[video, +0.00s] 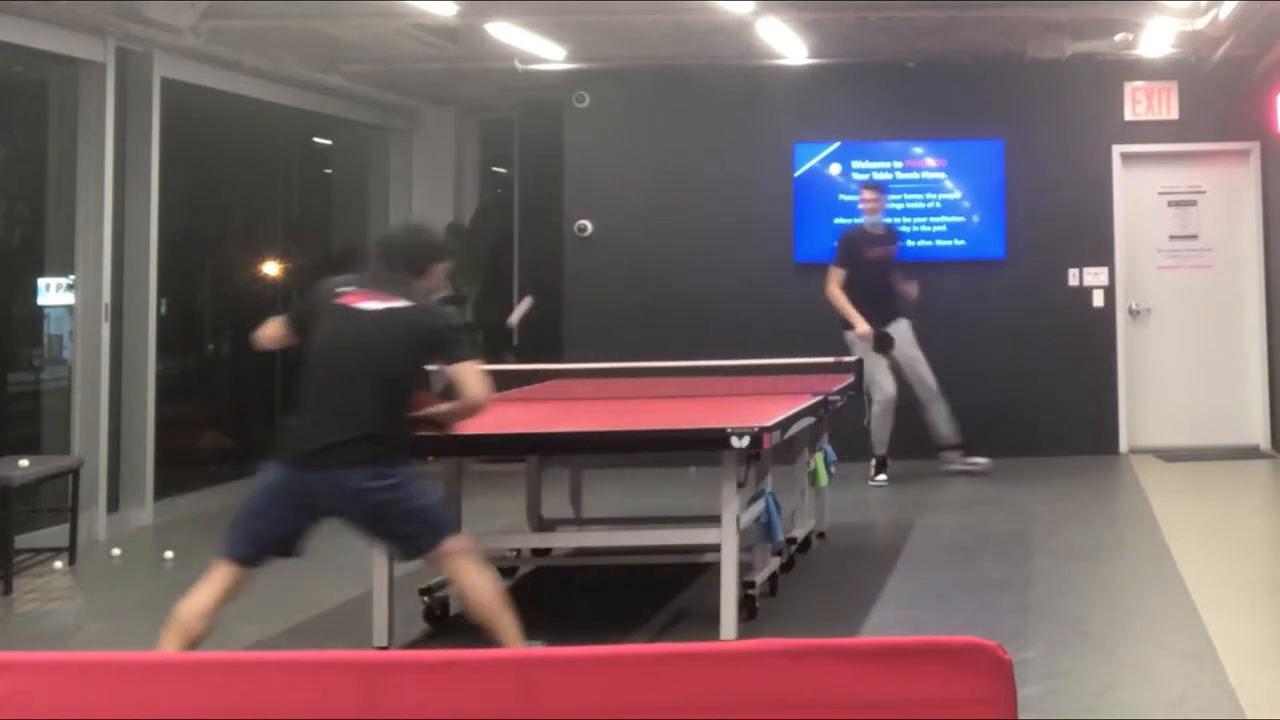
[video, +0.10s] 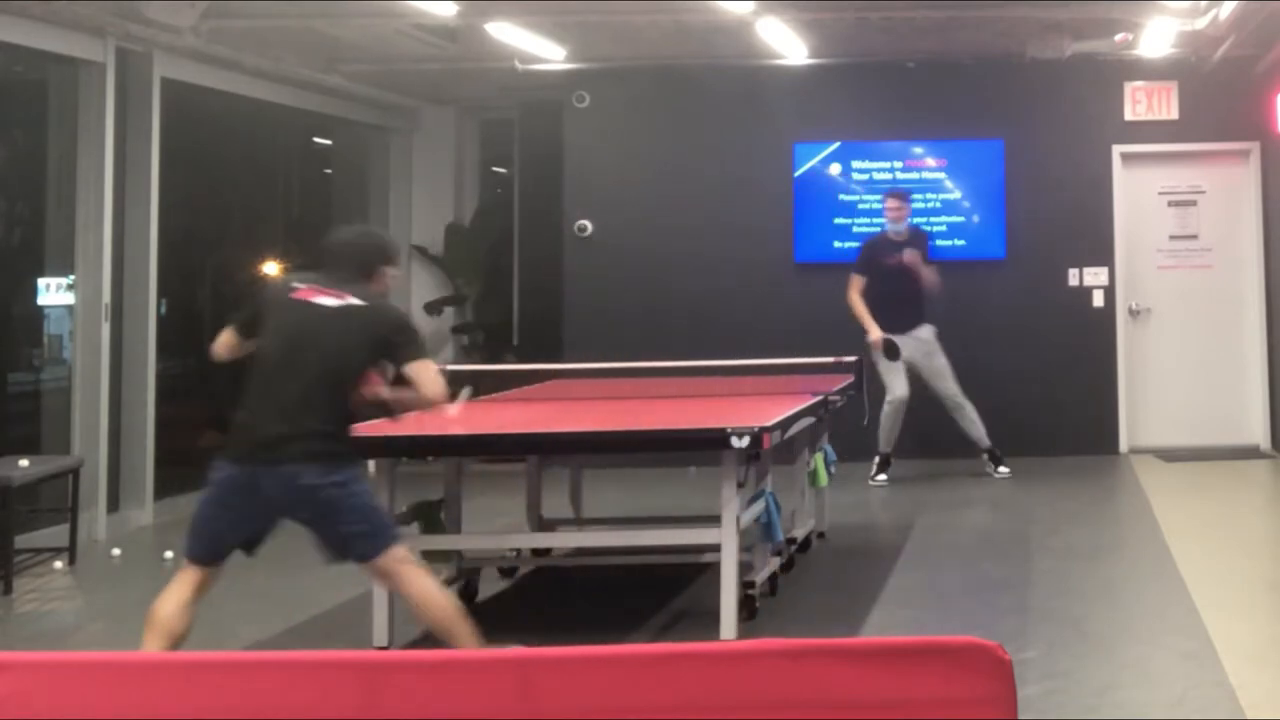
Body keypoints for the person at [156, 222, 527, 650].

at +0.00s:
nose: (444, 285)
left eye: (445, 275)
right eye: (441, 275)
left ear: (383, 262)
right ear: (424, 274)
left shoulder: (331, 295)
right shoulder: (431, 316)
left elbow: (265, 337)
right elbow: (478, 393)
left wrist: (320, 323)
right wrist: (440, 412)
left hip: (296, 467)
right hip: (370, 470)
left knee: (224, 572)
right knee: (457, 554)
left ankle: (155, 674)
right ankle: (524, 659)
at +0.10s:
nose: (392, 283)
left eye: (392, 273)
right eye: (390, 274)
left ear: (328, 262)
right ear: (376, 275)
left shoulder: (278, 293)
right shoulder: (382, 317)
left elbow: (221, 349)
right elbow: (434, 392)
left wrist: (276, 336)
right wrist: (382, 395)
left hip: (246, 462)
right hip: (319, 466)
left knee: (191, 575)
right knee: (401, 567)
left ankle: (140, 678)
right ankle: (482, 662)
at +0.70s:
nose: (320, 221)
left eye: (319, 212)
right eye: (316, 213)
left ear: (251, 216)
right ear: (301, 220)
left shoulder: (198, 258)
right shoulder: (305, 279)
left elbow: (132, 329)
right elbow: (315, 368)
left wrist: (193, 359)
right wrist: (346, 392)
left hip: (172, 436)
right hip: (249, 439)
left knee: (138, 564)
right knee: (315, 553)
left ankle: (109, 687)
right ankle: (375, 670)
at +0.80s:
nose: (328, 215)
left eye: (328, 204)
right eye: (325, 204)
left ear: (263, 203)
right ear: (309, 208)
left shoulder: (213, 244)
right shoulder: (300, 262)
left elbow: (159, 309)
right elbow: (300, 349)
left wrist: (212, 345)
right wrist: (349, 379)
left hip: (170, 420)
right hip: (235, 426)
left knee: (143, 552)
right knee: (299, 541)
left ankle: (110, 681)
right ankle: (302, 686)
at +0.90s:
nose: (340, 220)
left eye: (340, 210)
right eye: (336, 209)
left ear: (280, 209)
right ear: (317, 211)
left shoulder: (229, 247)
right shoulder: (302, 260)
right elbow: (308, 348)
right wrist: (366, 379)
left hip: (169, 424)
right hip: (229, 430)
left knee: (152, 548)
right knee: (286, 548)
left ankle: (98, 667)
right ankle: (272, 687)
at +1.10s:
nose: (354, 250)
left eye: (356, 239)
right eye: (352, 238)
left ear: (297, 233)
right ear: (332, 239)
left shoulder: (253, 269)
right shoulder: (298, 283)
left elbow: (252, 356)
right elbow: (302, 379)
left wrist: (321, 364)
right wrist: (373, 404)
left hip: (168, 437)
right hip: (218, 444)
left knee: (184, 548)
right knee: (294, 555)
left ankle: (89, 654)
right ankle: (273, 689)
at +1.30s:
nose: (363, 273)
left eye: (364, 264)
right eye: (362, 263)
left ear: (306, 256)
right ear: (341, 266)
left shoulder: (267, 292)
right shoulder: (287, 312)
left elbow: (296, 354)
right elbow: (258, 406)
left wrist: (368, 353)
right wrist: (326, 454)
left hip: (172, 452)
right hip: (211, 459)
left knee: (186, 562)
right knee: (300, 561)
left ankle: (92, 662)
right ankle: (272, 690)